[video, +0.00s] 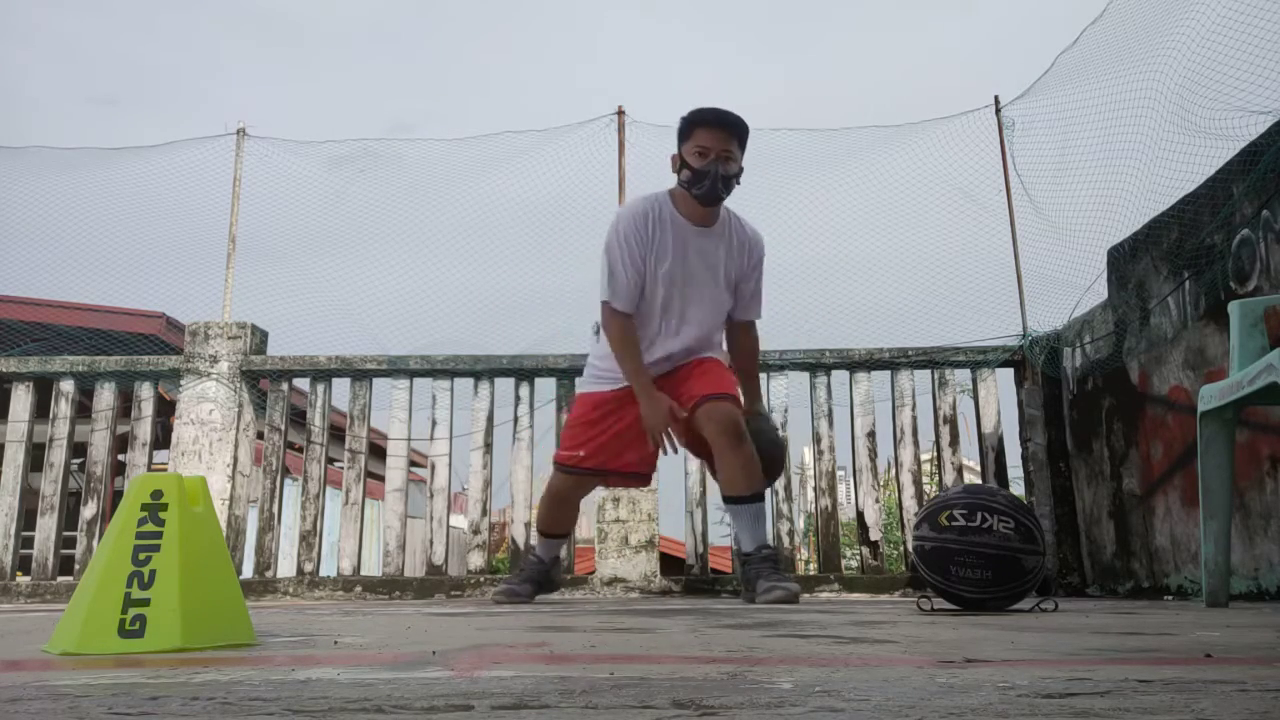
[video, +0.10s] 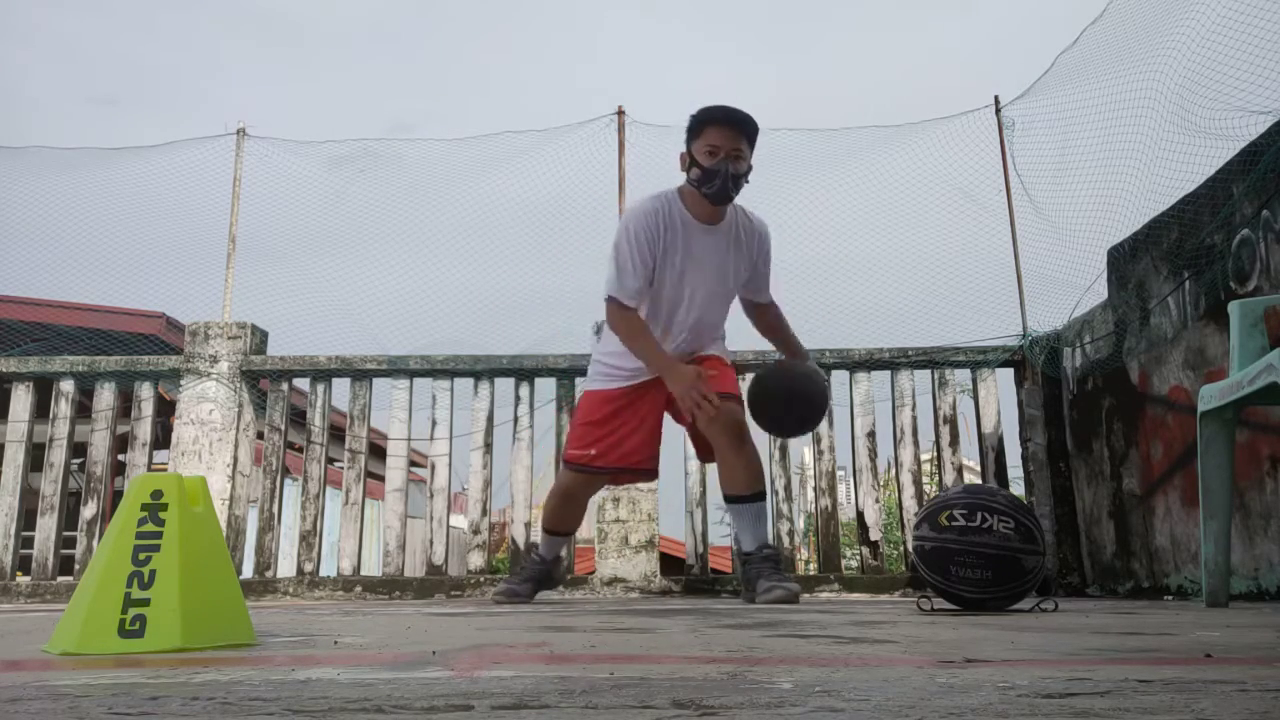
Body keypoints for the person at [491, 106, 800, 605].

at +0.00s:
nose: (713, 169)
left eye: (726, 159)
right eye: (701, 155)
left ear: (739, 169)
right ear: (678, 160)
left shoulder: (745, 243)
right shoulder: (637, 220)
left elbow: (743, 330)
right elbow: (616, 315)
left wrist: (755, 412)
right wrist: (646, 391)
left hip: (693, 362)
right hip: (620, 363)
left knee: (728, 422)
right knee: (569, 475)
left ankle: (758, 564)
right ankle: (542, 565)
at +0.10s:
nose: (724, 166)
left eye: (736, 157)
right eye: (712, 153)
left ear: (748, 167)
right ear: (687, 159)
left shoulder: (750, 232)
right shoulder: (646, 219)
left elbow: (759, 302)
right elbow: (619, 310)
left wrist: (797, 355)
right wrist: (669, 369)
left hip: (699, 358)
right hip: (626, 361)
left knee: (730, 425)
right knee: (577, 475)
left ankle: (759, 564)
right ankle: (542, 563)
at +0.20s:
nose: (718, 160)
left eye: (731, 151)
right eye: (707, 148)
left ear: (744, 160)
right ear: (684, 150)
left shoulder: (748, 226)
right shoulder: (645, 215)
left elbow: (770, 302)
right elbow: (633, 309)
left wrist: (823, 329)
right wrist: (696, 352)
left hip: (697, 357)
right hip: (622, 360)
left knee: (729, 426)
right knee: (576, 472)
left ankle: (760, 564)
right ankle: (543, 561)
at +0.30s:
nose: (703, 150)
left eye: (715, 141)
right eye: (692, 138)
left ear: (729, 150)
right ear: (669, 143)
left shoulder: (739, 216)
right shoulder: (632, 209)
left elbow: (753, 300)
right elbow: (641, 301)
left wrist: (760, 364)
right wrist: (690, 355)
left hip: (696, 351)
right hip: (620, 354)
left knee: (730, 434)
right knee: (574, 462)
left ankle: (760, 565)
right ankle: (543, 563)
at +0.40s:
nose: (681, 148)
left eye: (693, 138)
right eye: (669, 136)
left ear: (708, 146)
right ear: (648, 141)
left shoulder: (721, 213)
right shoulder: (615, 208)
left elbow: (718, 304)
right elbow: (621, 300)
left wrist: (692, 373)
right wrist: (639, 380)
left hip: (687, 358)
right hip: (614, 359)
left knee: (718, 433)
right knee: (568, 460)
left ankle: (761, 564)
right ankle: (541, 568)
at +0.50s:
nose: (659, 153)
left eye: (672, 143)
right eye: (648, 141)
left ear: (689, 151)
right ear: (630, 145)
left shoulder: (707, 221)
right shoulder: (595, 216)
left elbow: (706, 316)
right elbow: (574, 303)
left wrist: (672, 372)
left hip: (680, 359)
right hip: (602, 364)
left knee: (710, 429)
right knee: (558, 441)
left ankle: (759, 563)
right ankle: (541, 568)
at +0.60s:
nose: (647, 159)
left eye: (661, 149)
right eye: (637, 147)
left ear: (679, 157)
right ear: (619, 150)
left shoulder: (702, 225)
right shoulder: (585, 219)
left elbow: (719, 312)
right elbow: (549, 289)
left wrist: (697, 361)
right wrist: (506, 323)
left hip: (678, 359)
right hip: (603, 364)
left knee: (705, 430)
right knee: (552, 451)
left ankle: (758, 561)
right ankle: (541, 566)